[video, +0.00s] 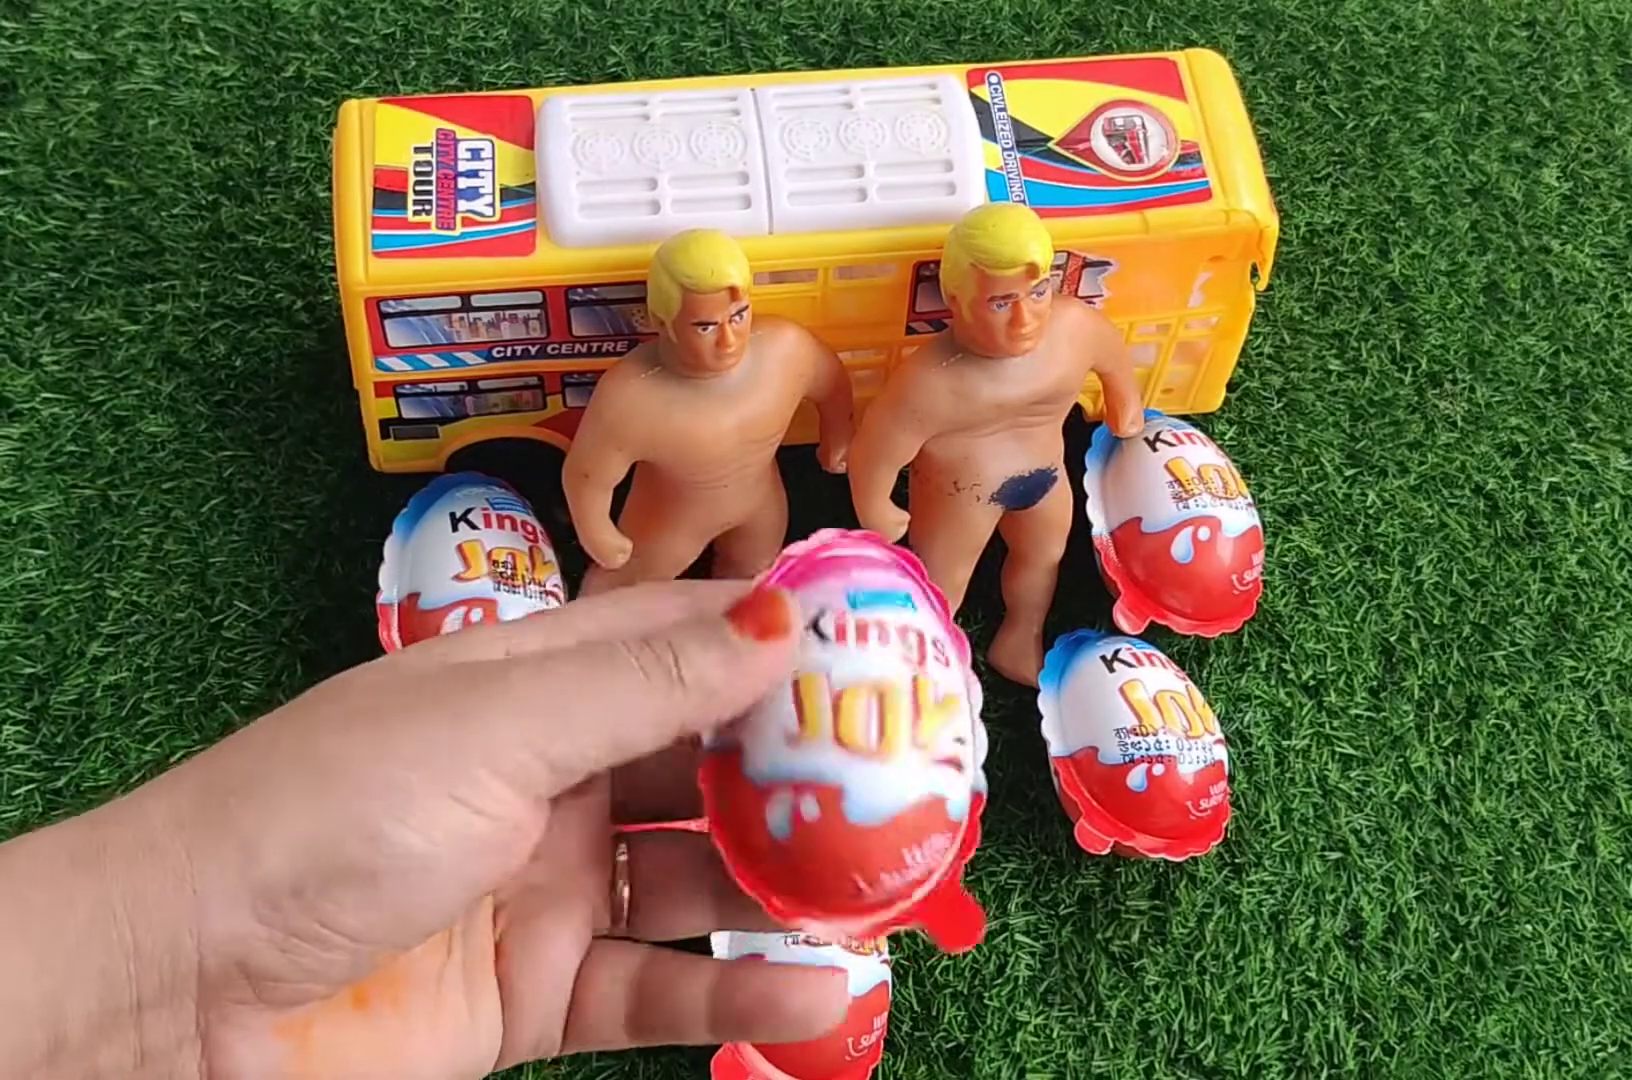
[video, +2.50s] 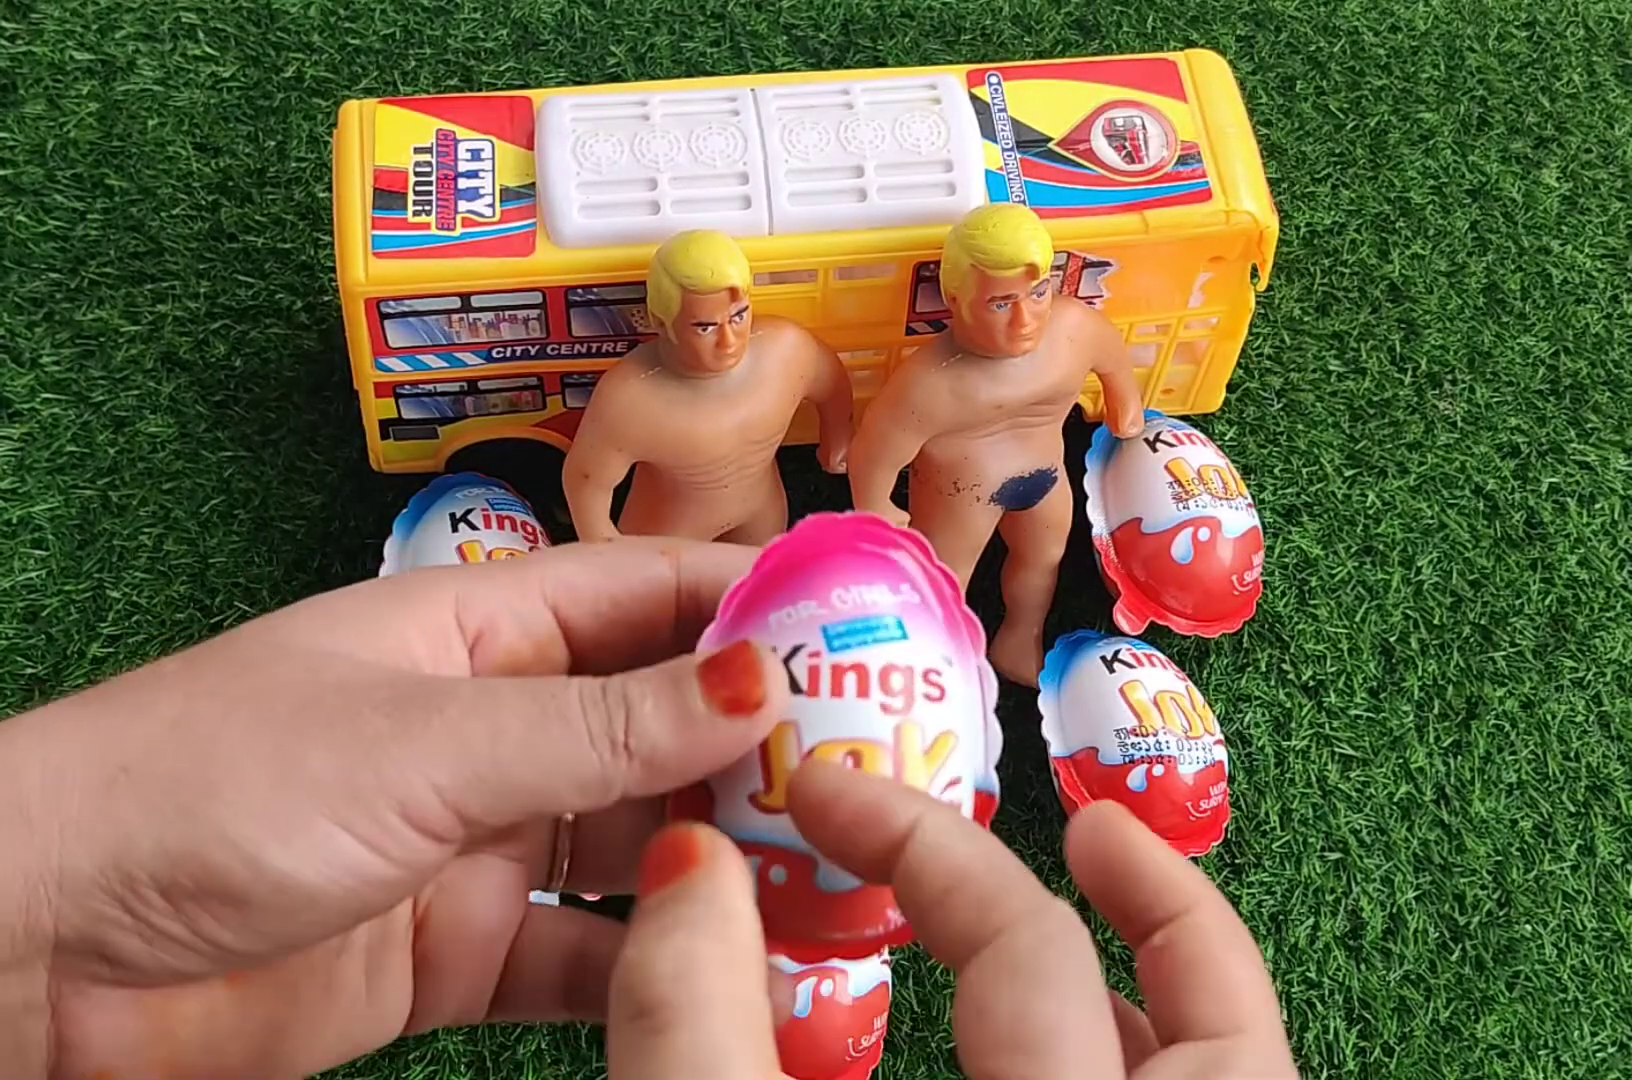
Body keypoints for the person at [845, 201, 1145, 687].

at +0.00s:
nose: (1024, 317)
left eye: (1037, 294)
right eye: (1000, 302)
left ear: (1051, 283)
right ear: (953, 303)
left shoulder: (1079, 328)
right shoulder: (927, 381)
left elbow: (1115, 362)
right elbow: (871, 458)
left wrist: (1126, 410)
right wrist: (879, 516)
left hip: (1044, 479)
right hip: (958, 492)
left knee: (1040, 563)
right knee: (940, 584)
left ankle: (1020, 643)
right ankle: (922, 662)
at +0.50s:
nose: (1023, 317)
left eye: (1036, 294)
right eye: (1000, 302)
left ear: (1050, 284)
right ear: (953, 304)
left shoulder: (1079, 328)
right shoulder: (927, 382)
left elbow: (1114, 360)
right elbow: (873, 453)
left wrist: (1126, 410)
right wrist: (878, 515)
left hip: (1045, 477)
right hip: (959, 493)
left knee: (1041, 560)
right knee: (942, 578)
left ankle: (1021, 642)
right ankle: (933, 642)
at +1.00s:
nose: (1025, 317)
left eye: (1038, 294)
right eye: (1001, 303)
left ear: (1051, 284)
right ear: (952, 303)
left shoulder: (1079, 328)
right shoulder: (928, 381)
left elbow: (1116, 364)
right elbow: (869, 466)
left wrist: (1127, 411)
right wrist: (886, 546)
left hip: (1044, 478)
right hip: (958, 491)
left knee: (1041, 563)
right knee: (943, 578)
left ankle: (1020, 644)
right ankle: (933, 654)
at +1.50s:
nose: (1025, 318)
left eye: (1037, 294)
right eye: (1000, 303)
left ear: (1052, 284)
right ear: (952, 303)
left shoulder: (1079, 327)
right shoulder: (927, 382)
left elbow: (1116, 364)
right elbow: (870, 466)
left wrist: (1127, 412)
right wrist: (886, 548)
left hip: (1044, 477)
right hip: (959, 489)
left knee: (1040, 563)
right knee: (947, 571)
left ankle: (1023, 645)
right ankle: (936, 649)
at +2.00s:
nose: (1025, 318)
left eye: (1038, 294)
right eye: (1001, 303)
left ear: (1051, 284)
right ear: (952, 303)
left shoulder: (1079, 327)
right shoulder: (928, 381)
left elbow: (1116, 364)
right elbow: (871, 459)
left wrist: (1127, 410)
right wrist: (879, 516)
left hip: (1044, 478)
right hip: (959, 491)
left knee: (1040, 565)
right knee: (942, 579)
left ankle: (1023, 644)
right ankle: (928, 656)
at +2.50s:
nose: (1025, 318)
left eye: (1037, 294)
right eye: (1000, 303)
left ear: (1050, 284)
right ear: (953, 303)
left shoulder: (1079, 327)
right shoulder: (927, 382)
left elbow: (1116, 364)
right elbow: (870, 460)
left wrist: (1127, 410)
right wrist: (878, 511)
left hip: (1045, 477)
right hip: (959, 491)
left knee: (1040, 564)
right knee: (943, 579)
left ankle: (1019, 644)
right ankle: (930, 654)